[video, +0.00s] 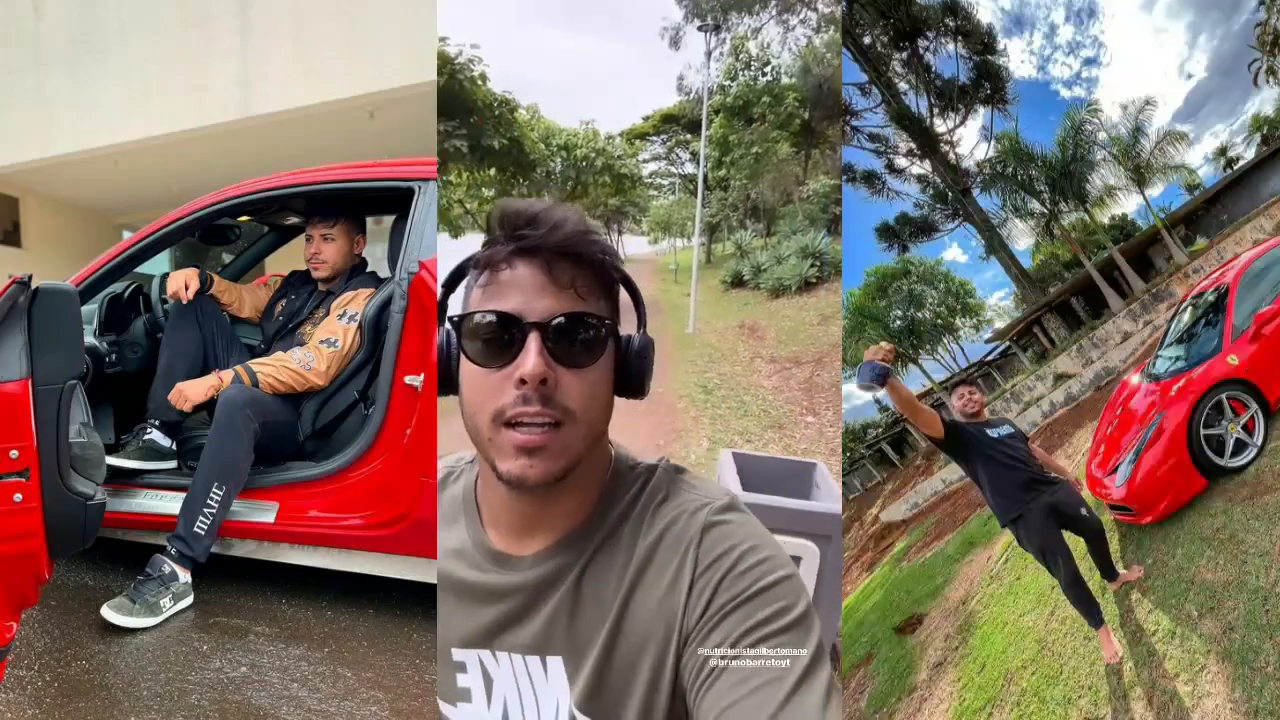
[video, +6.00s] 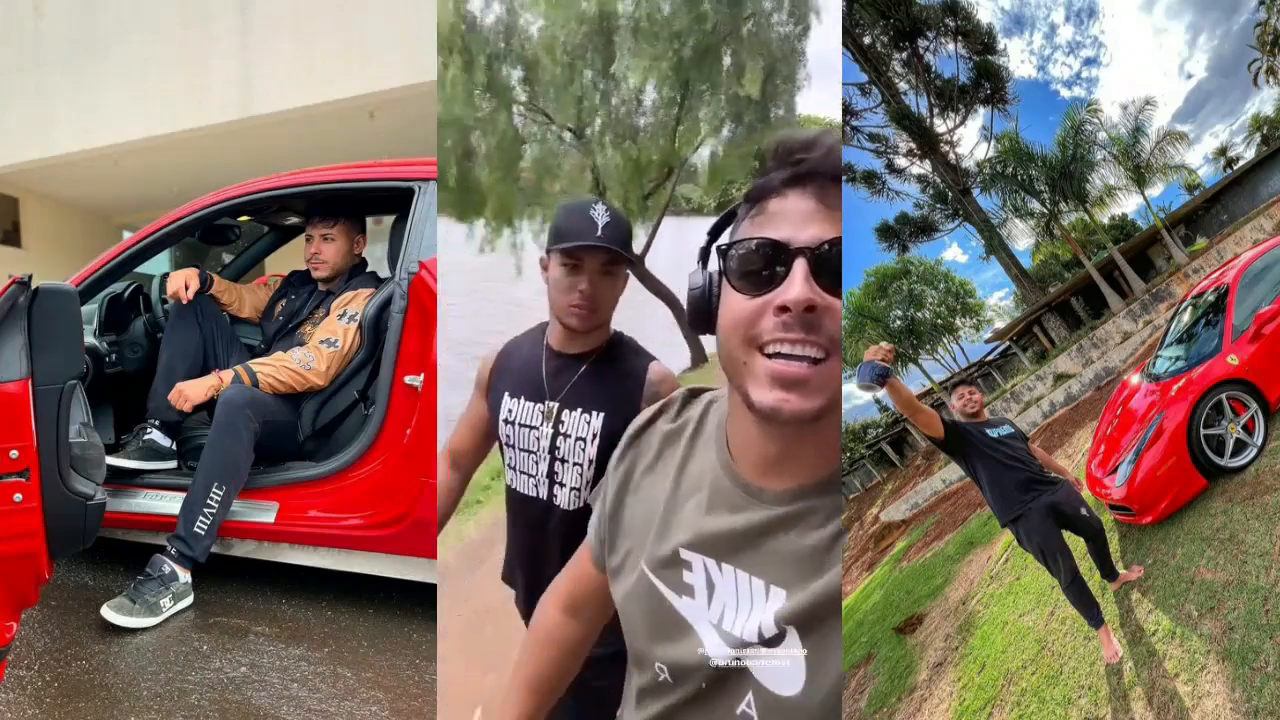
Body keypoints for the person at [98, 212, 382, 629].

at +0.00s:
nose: (314, 249)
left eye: (328, 239)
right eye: (310, 239)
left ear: (358, 245)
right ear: (304, 243)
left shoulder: (361, 297)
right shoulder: (291, 286)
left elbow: (315, 367)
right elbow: (241, 299)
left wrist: (220, 380)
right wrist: (201, 279)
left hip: (316, 411)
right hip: (264, 387)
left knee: (239, 403)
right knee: (196, 303)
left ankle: (177, 568)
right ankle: (161, 433)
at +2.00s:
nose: (314, 249)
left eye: (328, 239)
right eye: (310, 239)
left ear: (358, 245)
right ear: (304, 243)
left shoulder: (361, 297)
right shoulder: (291, 286)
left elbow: (315, 367)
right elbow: (241, 299)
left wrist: (220, 380)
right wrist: (201, 279)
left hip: (317, 411)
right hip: (266, 389)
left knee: (239, 402)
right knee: (196, 303)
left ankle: (177, 567)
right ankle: (161, 432)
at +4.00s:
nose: (314, 249)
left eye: (328, 239)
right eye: (310, 239)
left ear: (358, 245)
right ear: (305, 244)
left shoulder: (362, 297)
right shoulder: (291, 286)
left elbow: (315, 367)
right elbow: (242, 299)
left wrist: (220, 380)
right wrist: (201, 279)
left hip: (314, 412)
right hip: (260, 386)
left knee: (238, 402)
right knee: (195, 302)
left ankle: (176, 567)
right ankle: (160, 433)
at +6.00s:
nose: (315, 249)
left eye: (328, 239)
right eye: (310, 239)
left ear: (358, 245)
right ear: (304, 244)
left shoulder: (361, 297)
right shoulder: (292, 286)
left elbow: (315, 366)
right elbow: (243, 299)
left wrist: (219, 381)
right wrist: (203, 279)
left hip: (315, 411)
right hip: (265, 389)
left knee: (239, 402)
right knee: (196, 303)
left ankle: (177, 568)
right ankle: (161, 433)